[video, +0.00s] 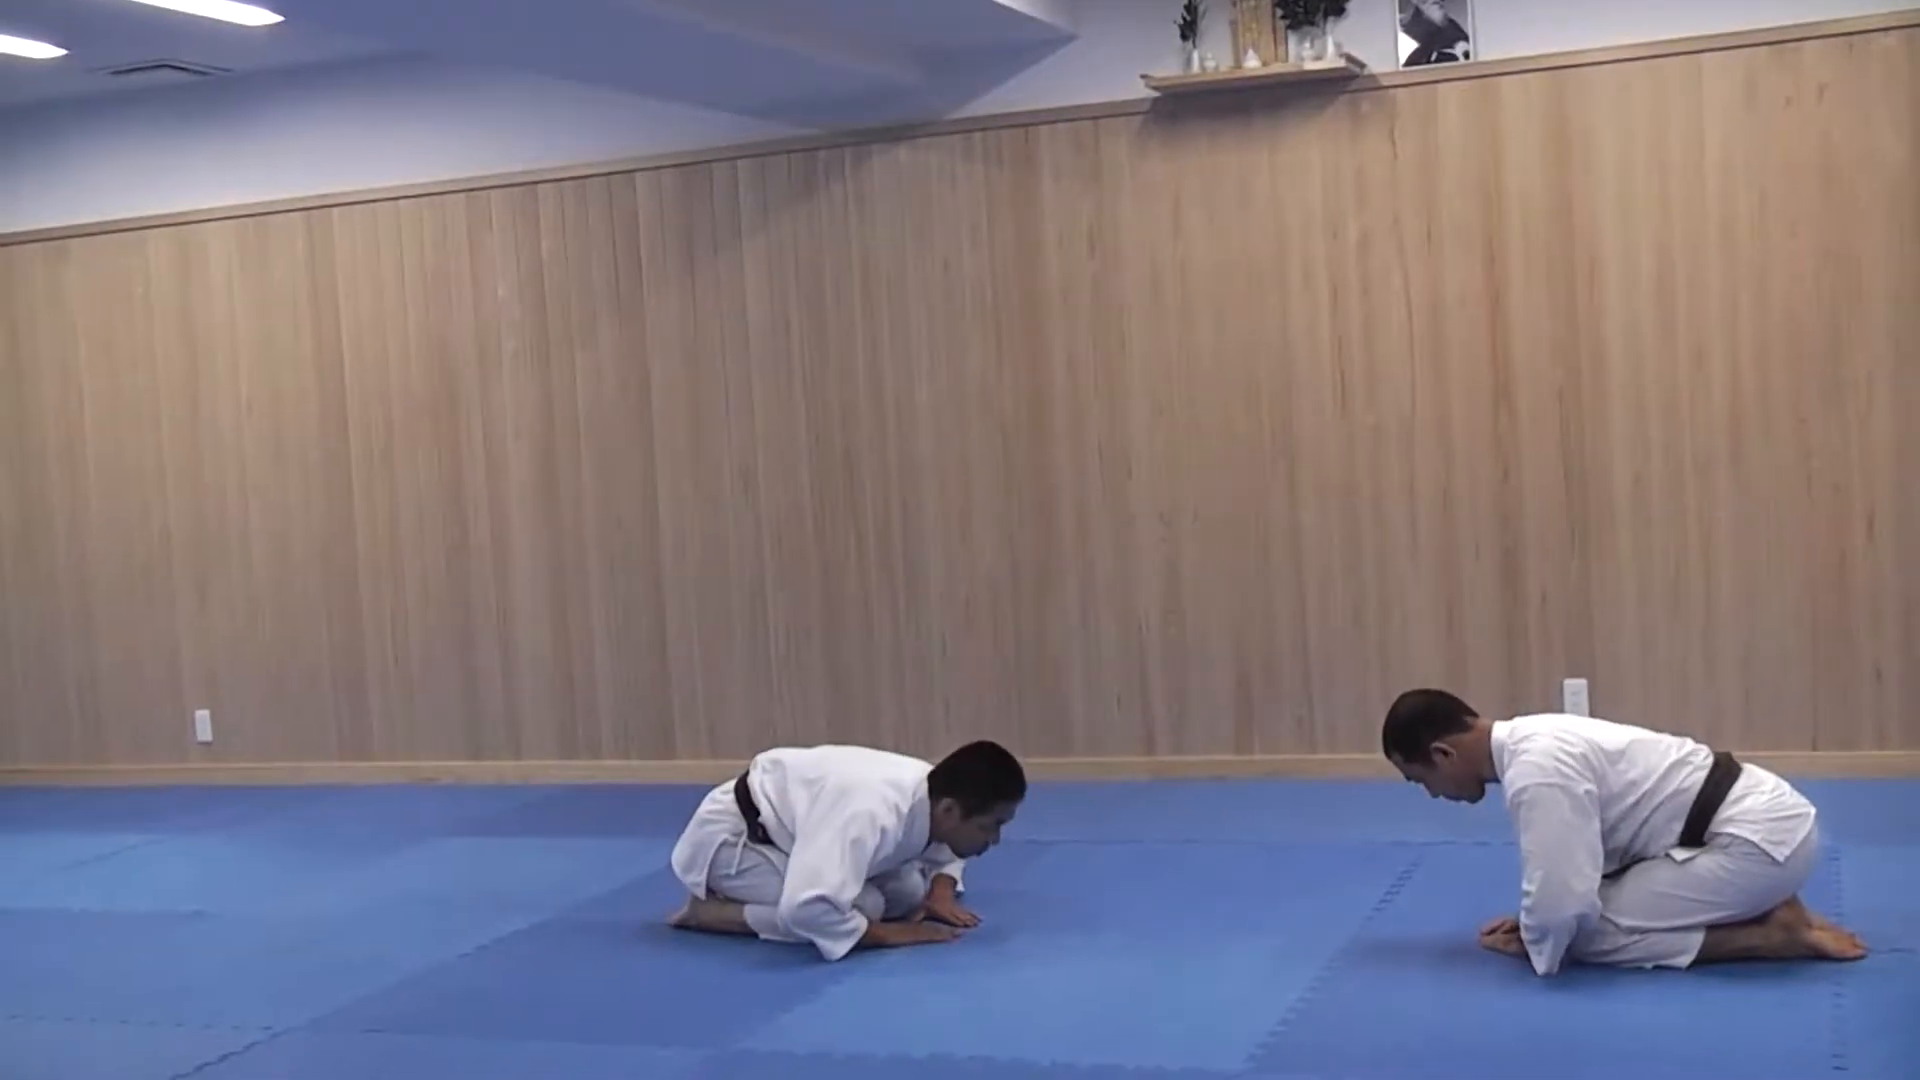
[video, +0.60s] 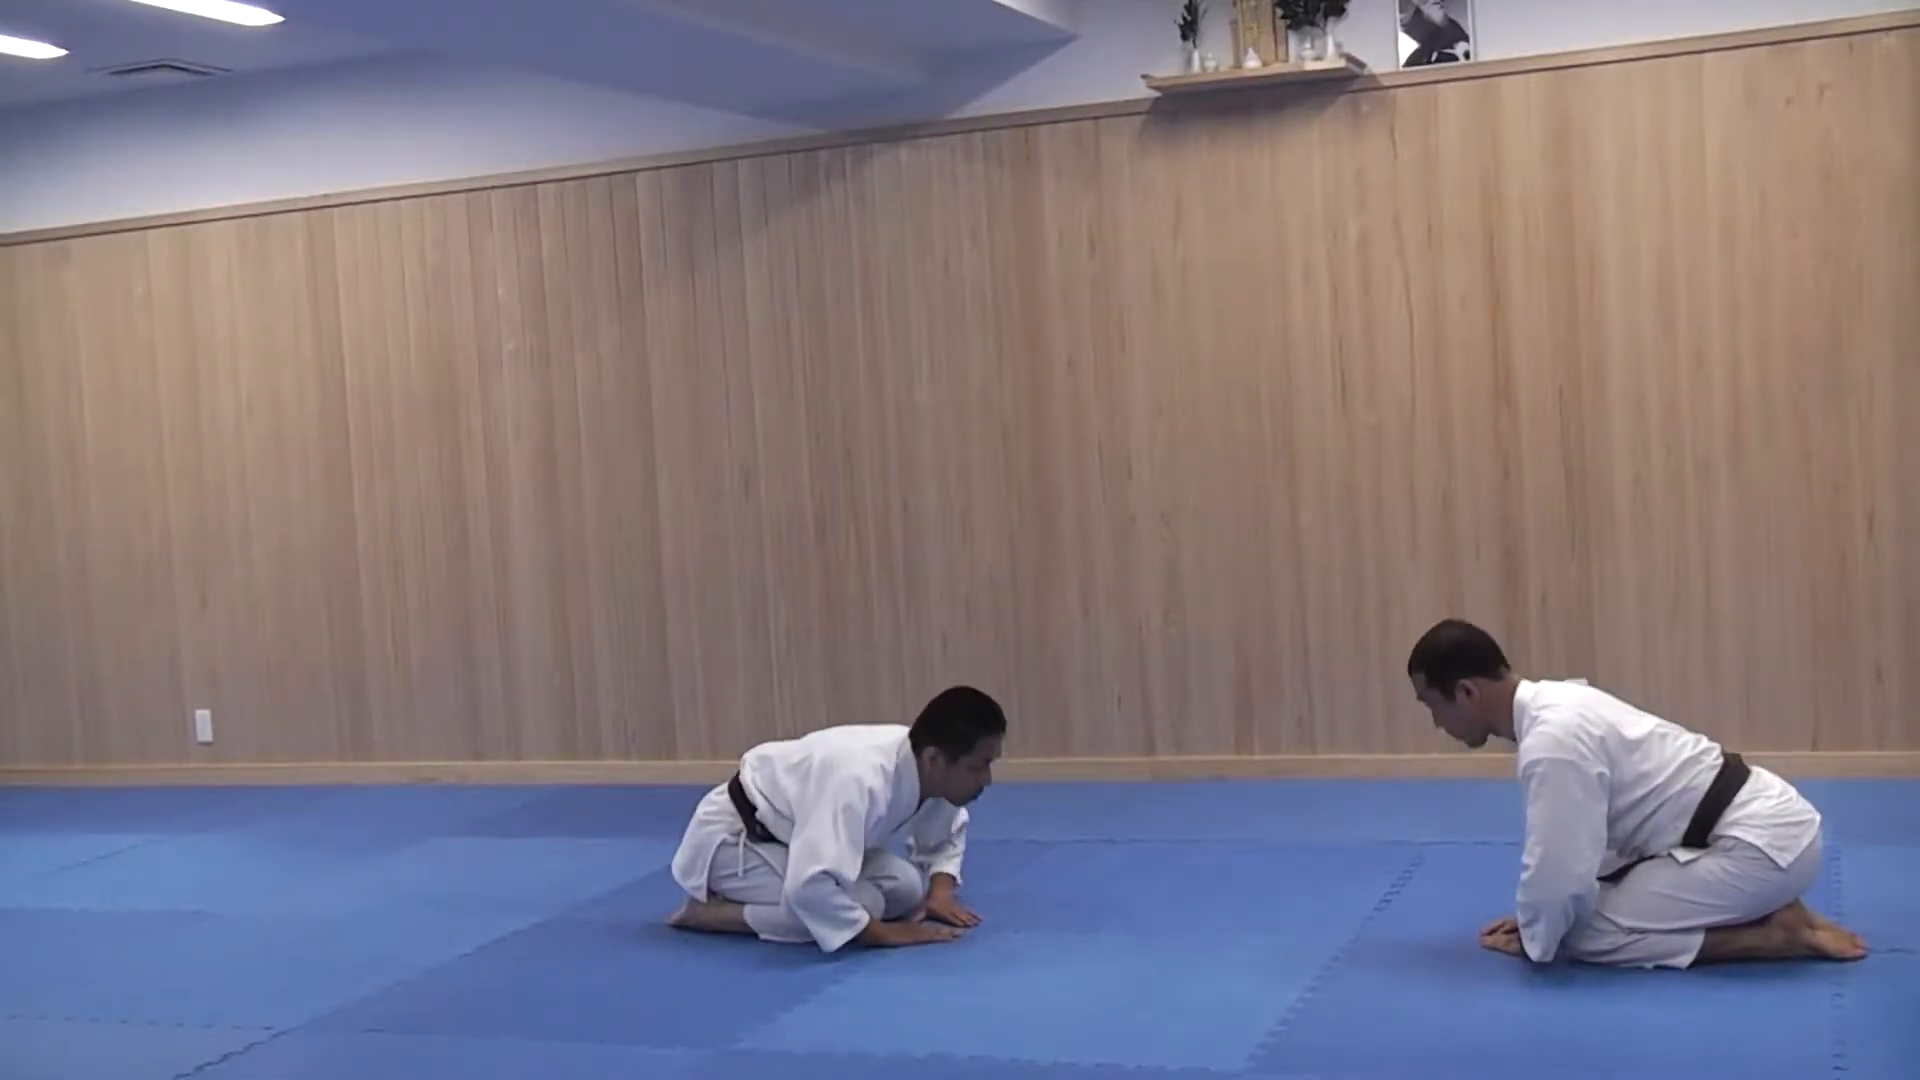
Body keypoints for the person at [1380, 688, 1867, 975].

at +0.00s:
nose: (1433, 794)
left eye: (1421, 781)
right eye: (1420, 785)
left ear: (1444, 752)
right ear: (1458, 735)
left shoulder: (1536, 767)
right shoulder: (1537, 743)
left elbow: (1566, 900)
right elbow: (1589, 867)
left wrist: (1534, 939)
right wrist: (1536, 921)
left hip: (1758, 842)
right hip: (1767, 819)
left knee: (1583, 932)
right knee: (1585, 913)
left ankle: (1772, 938)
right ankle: (1768, 921)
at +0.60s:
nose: (1435, 722)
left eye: (1431, 705)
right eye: (1427, 708)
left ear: (1467, 692)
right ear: (1481, 683)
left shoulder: (1553, 740)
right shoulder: (1561, 704)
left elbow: (1560, 877)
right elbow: (1593, 848)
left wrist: (1535, 940)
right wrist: (1537, 913)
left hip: (1761, 848)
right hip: (1771, 821)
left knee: (1584, 934)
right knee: (1591, 906)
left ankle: (1771, 940)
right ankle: (1771, 921)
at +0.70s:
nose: (1442, 699)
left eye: (1440, 681)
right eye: (1436, 683)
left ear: (1479, 673)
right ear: (1488, 667)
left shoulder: (1560, 729)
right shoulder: (1566, 694)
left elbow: (1565, 867)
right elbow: (1586, 843)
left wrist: (1539, 935)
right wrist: (1536, 916)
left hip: (1759, 851)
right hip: (1772, 822)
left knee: (1582, 934)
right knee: (1590, 900)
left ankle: (1773, 938)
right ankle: (1771, 920)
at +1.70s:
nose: (1630, 526)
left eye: (1643, 511)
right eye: (1637, 509)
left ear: (1682, 534)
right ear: (1686, 535)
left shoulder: (1692, 649)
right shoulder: (1732, 606)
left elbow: (1628, 776)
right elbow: (1697, 751)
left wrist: (1568, 875)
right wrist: (1640, 829)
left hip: (1771, 861)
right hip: (1794, 837)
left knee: (1584, 923)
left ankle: (1779, 942)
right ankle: (1784, 919)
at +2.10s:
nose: (1689, 515)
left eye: (1703, 501)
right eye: (1696, 499)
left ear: (1742, 521)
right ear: (1742, 522)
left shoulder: (1746, 636)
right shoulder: (1766, 607)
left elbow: (1695, 771)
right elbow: (1691, 756)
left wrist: (1617, 860)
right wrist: (1624, 852)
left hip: (1782, 864)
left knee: (1584, 923)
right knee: (1597, 891)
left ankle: (1782, 943)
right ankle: (1782, 922)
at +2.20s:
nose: (1698, 514)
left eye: (1711, 500)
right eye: (1704, 497)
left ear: (1750, 520)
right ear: (1750, 521)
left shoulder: (1753, 637)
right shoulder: (1769, 607)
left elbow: (1706, 771)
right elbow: (1699, 757)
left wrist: (1630, 859)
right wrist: (1635, 843)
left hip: (1782, 865)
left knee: (1584, 921)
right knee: (1592, 886)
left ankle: (1784, 944)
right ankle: (1777, 923)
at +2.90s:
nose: (1698, 517)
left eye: (1711, 503)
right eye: (1704, 501)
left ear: (1753, 524)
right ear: (1753, 525)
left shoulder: (1760, 636)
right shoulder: (1751, 614)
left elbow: (1744, 780)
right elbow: (1722, 762)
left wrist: (1667, 855)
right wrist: (1669, 825)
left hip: (1788, 867)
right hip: (1767, 844)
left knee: (1585, 919)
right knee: (1587, 883)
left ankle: (1786, 944)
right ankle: (1772, 920)